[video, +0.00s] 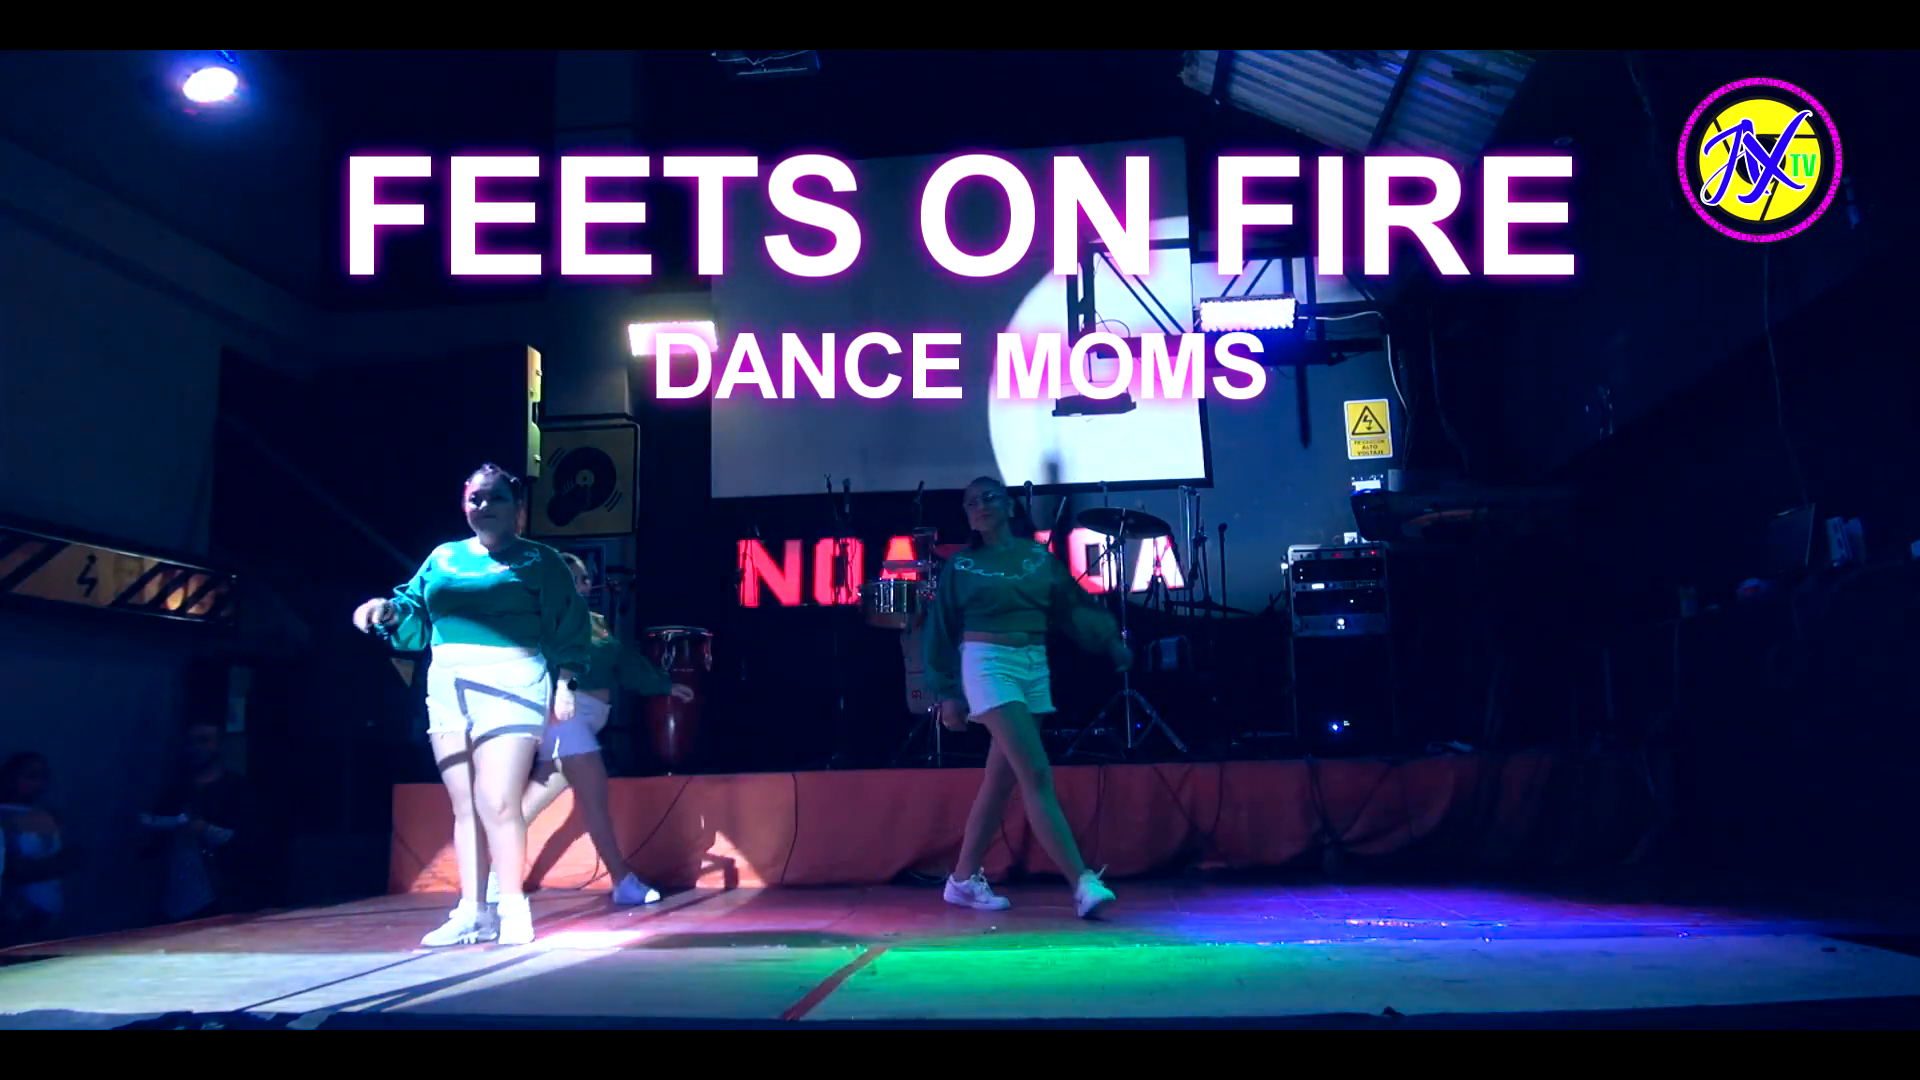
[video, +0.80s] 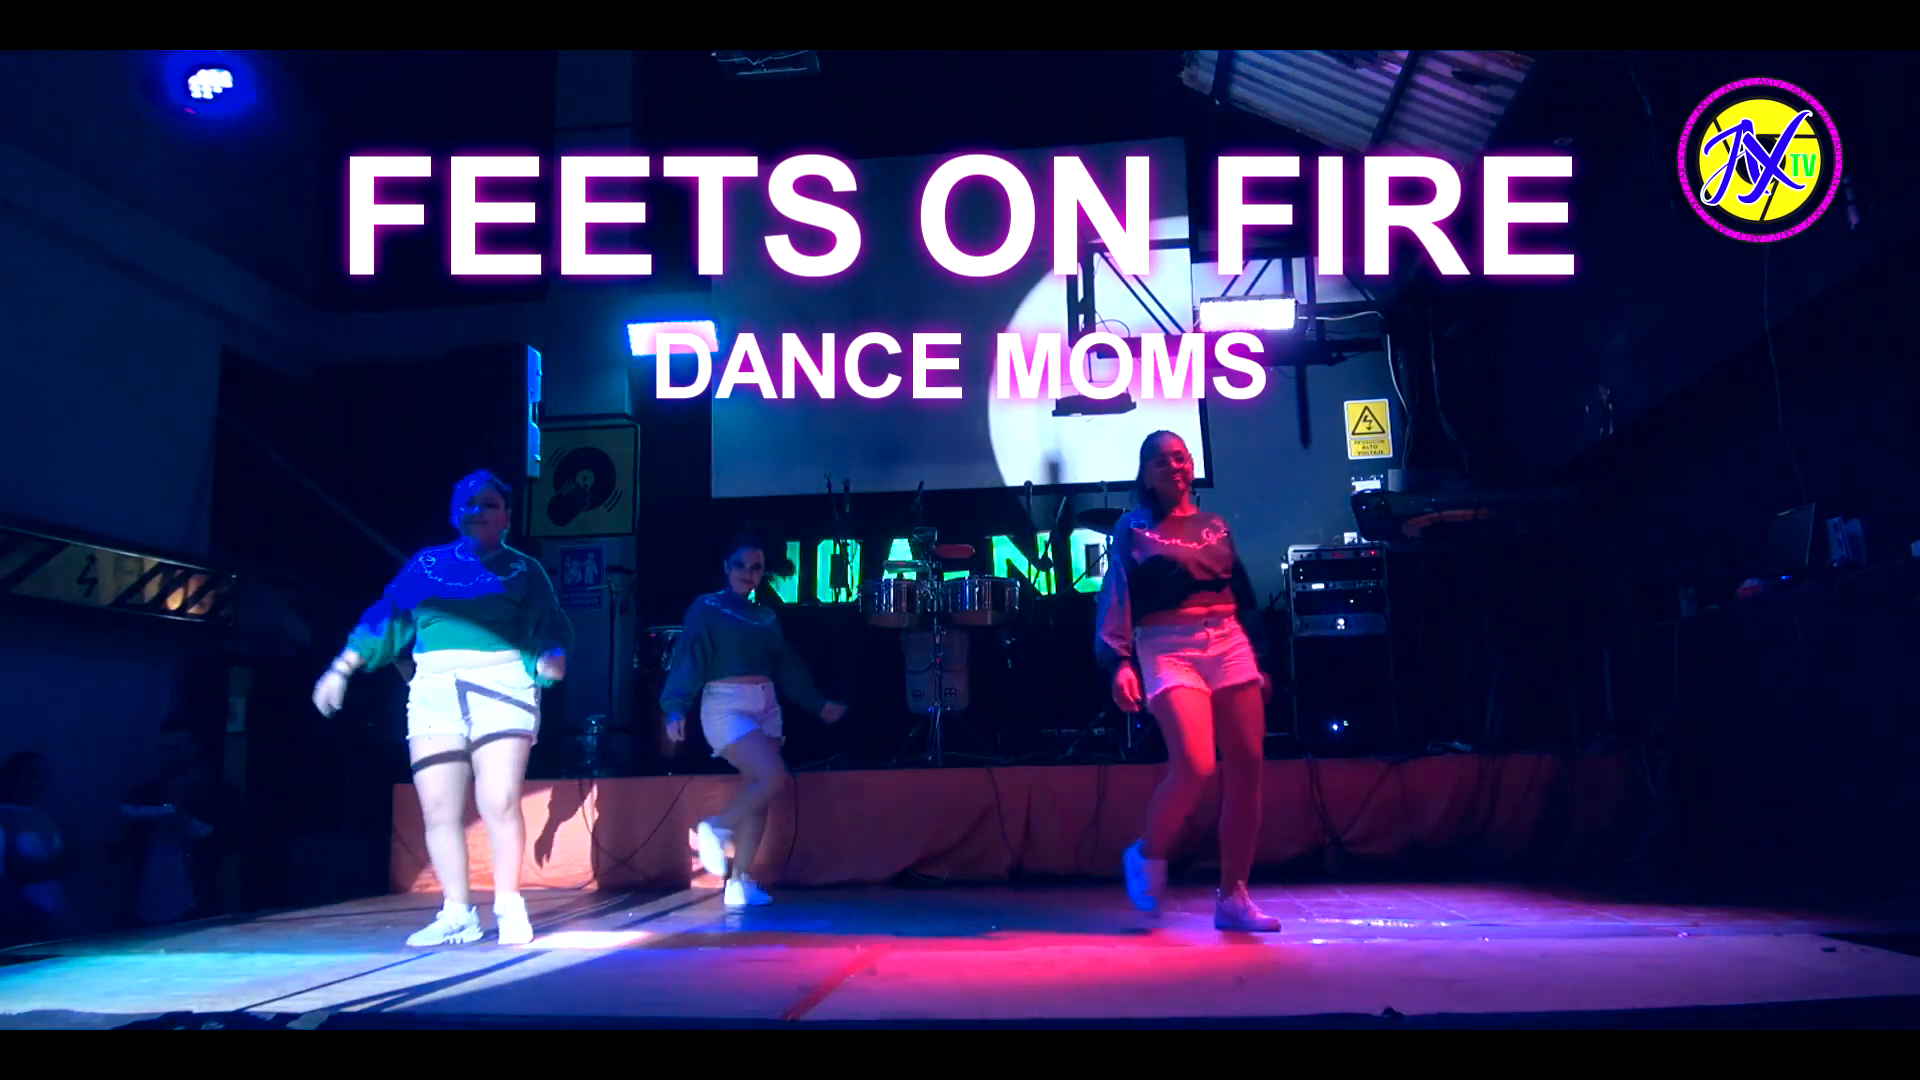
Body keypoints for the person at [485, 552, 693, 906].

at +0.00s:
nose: (584, 587)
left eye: (586, 581)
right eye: (577, 581)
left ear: (589, 585)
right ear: (559, 585)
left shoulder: (591, 622)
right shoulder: (554, 621)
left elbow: (625, 660)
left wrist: (665, 685)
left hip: (589, 716)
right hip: (564, 712)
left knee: (528, 805)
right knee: (595, 793)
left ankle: (492, 879)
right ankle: (622, 880)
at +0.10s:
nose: (606, 585)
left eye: (609, 578)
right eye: (596, 579)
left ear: (614, 580)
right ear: (578, 585)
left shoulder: (621, 619)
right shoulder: (574, 620)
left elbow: (644, 668)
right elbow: (564, 665)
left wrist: (666, 709)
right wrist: (562, 710)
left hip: (617, 713)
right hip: (592, 709)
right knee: (612, 796)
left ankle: (530, 843)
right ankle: (623, 881)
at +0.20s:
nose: (632, 585)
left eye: (636, 578)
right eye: (623, 578)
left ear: (639, 579)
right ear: (602, 580)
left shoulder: (642, 618)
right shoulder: (592, 621)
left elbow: (654, 670)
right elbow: (585, 669)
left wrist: (658, 715)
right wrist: (606, 711)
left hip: (643, 713)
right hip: (608, 712)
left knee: (658, 793)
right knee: (619, 798)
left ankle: (590, 815)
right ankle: (623, 880)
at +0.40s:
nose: (679, 571)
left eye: (684, 566)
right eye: (672, 562)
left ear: (687, 570)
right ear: (651, 561)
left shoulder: (680, 610)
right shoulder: (630, 606)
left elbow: (683, 655)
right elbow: (627, 655)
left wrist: (692, 671)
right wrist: (663, 672)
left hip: (681, 701)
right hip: (640, 701)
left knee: (707, 773)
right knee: (639, 792)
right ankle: (634, 877)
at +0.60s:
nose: (724, 574)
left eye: (729, 570)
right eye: (718, 566)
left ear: (730, 579)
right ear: (698, 567)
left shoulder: (720, 617)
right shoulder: (673, 607)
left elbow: (728, 668)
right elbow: (661, 659)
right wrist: (691, 694)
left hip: (728, 704)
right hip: (685, 705)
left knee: (732, 800)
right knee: (677, 802)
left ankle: (736, 883)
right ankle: (647, 869)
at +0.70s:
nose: (738, 572)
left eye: (744, 567)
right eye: (731, 565)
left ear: (748, 573)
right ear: (714, 567)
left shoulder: (745, 619)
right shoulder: (692, 607)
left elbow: (763, 674)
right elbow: (682, 659)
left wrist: (778, 720)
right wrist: (683, 710)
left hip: (751, 702)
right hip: (709, 703)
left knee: (746, 797)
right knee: (729, 796)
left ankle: (737, 882)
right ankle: (680, 837)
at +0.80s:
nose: (749, 573)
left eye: (756, 567)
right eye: (742, 566)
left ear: (763, 572)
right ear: (727, 567)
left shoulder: (766, 616)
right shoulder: (706, 609)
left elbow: (787, 668)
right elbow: (686, 659)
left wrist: (819, 704)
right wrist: (675, 708)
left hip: (765, 704)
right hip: (724, 705)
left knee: (760, 792)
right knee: (771, 776)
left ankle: (740, 881)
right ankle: (716, 827)